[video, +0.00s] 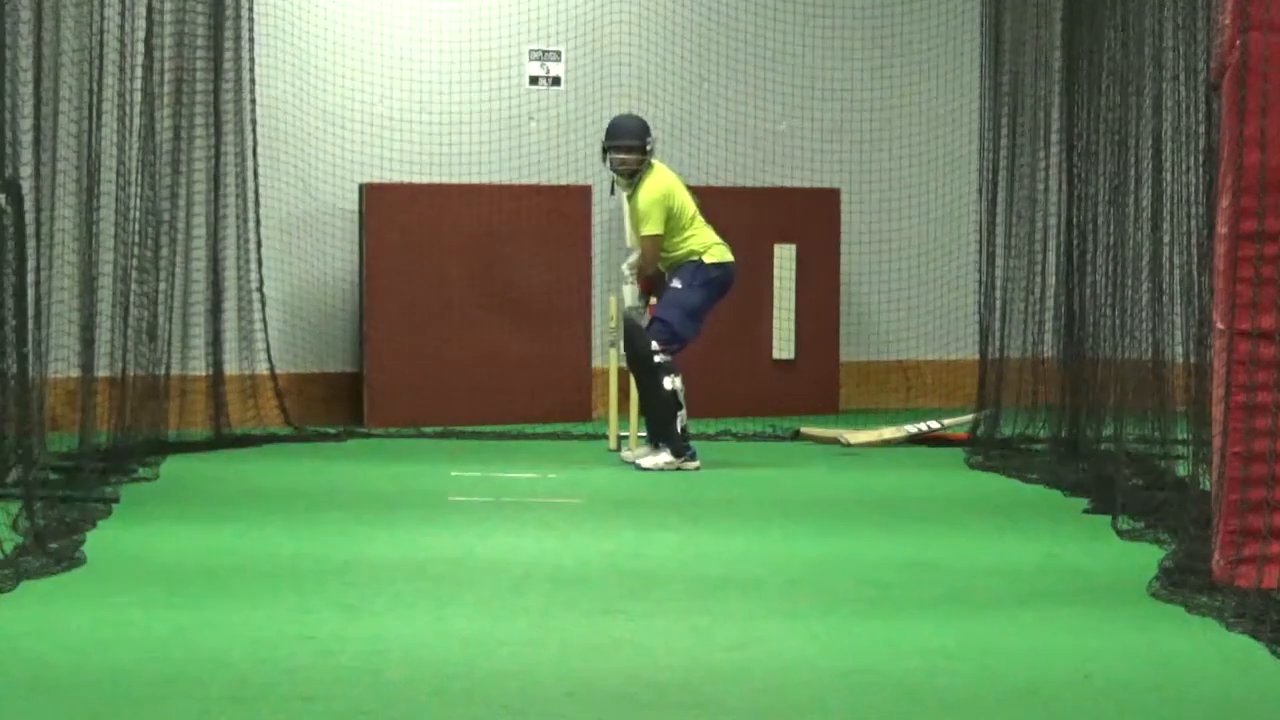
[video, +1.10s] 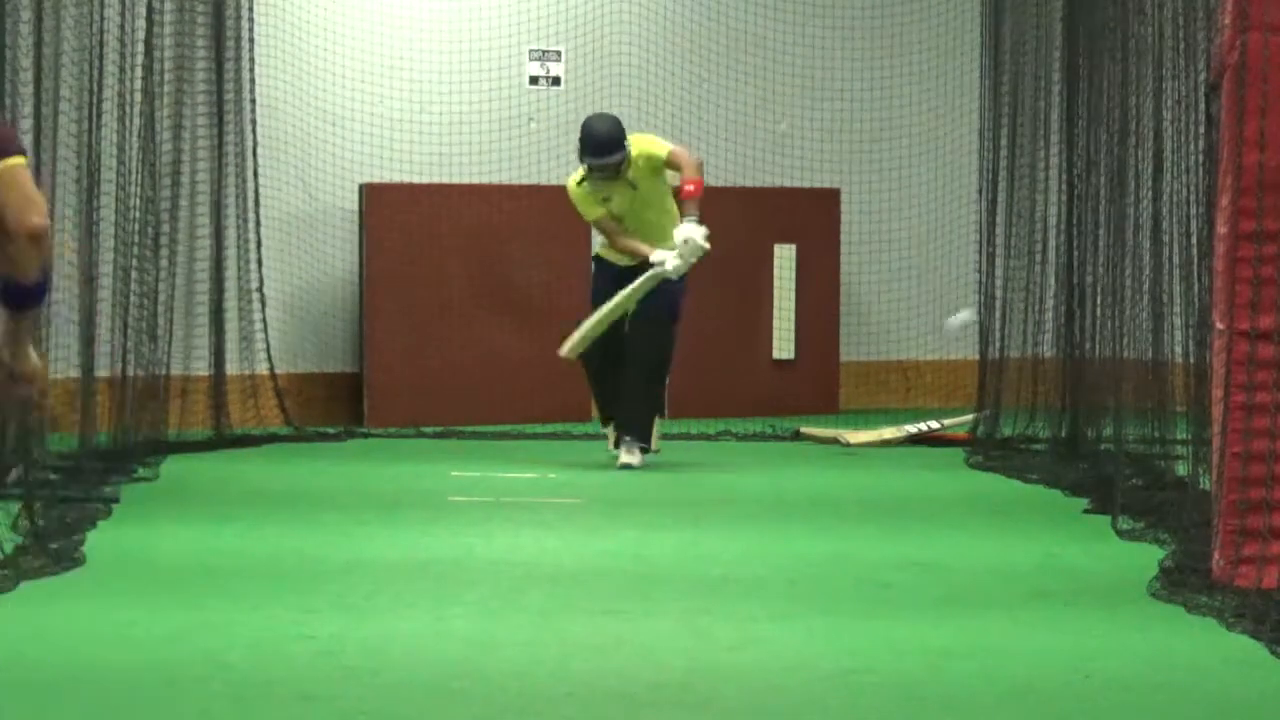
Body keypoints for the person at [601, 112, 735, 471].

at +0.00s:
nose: (625, 159)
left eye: (633, 151)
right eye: (617, 151)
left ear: (646, 152)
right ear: (606, 154)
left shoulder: (652, 189)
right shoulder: (634, 183)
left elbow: (649, 262)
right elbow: (642, 233)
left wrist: (643, 275)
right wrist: (638, 259)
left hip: (707, 263)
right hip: (685, 263)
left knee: (654, 347)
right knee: (645, 346)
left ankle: (678, 449)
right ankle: (659, 442)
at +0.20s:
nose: (619, 159)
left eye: (628, 151)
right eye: (612, 151)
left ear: (641, 152)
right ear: (601, 154)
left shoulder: (648, 188)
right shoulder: (621, 182)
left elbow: (649, 263)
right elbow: (636, 231)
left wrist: (642, 279)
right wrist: (635, 259)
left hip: (703, 260)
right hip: (678, 261)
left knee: (653, 344)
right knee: (641, 342)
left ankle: (678, 449)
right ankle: (661, 440)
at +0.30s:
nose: (616, 160)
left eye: (625, 151)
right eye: (608, 152)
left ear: (636, 153)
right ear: (597, 155)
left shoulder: (644, 189)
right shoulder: (616, 178)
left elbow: (649, 260)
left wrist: (643, 284)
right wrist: (629, 251)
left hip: (699, 258)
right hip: (675, 259)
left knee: (655, 344)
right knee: (645, 342)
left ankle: (677, 448)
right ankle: (664, 439)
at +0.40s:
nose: (611, 165)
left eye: (619, 156)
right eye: (603, 158)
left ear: (631, 157)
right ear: (591, 160)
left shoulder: (643, 193)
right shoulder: (603, 180)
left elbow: (652, 264)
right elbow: (620, 217)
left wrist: (634, 276)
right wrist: (618, 239)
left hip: (698, 254)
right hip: (672, 257)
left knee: (654, 342)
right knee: (642, 341)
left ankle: (672, 446)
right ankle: (662, 438)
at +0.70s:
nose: (601, 191)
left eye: (608, 183)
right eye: (593, 185)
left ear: (620, 173)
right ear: (582, 179)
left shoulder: (641, 184)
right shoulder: (583, 195)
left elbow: (658, 239)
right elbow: (591, 234)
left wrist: (625, 281)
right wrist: (596, 256)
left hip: (681, 257)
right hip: (644, 262)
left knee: (648, 340)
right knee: (614, 342)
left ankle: (622, 443)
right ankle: (663, 438)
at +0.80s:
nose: (602, 188)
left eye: (608, 179)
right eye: (593, 181)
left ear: (621, 170)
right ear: (582, 176)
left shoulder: (639, 166)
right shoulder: (582, 206)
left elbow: (660, 168)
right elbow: (611, 248)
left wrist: (643, 222)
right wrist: (624, 257)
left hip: (675, 254)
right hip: (635, 266)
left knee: (650, 339)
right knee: (619, 344)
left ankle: (623, 442)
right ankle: (663, 437)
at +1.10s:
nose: (607, 174)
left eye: (614, 166)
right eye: (598, 169)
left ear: (626, 151)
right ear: (584, 159)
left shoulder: (646, 151)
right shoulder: (580, 187)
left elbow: (690, 162)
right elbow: (614, 234)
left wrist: (690, 220)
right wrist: (655, 254)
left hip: (662, 255)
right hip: (613, 260)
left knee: (648, 345)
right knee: (603, 345)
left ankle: (633, 438)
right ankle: (616, 421)